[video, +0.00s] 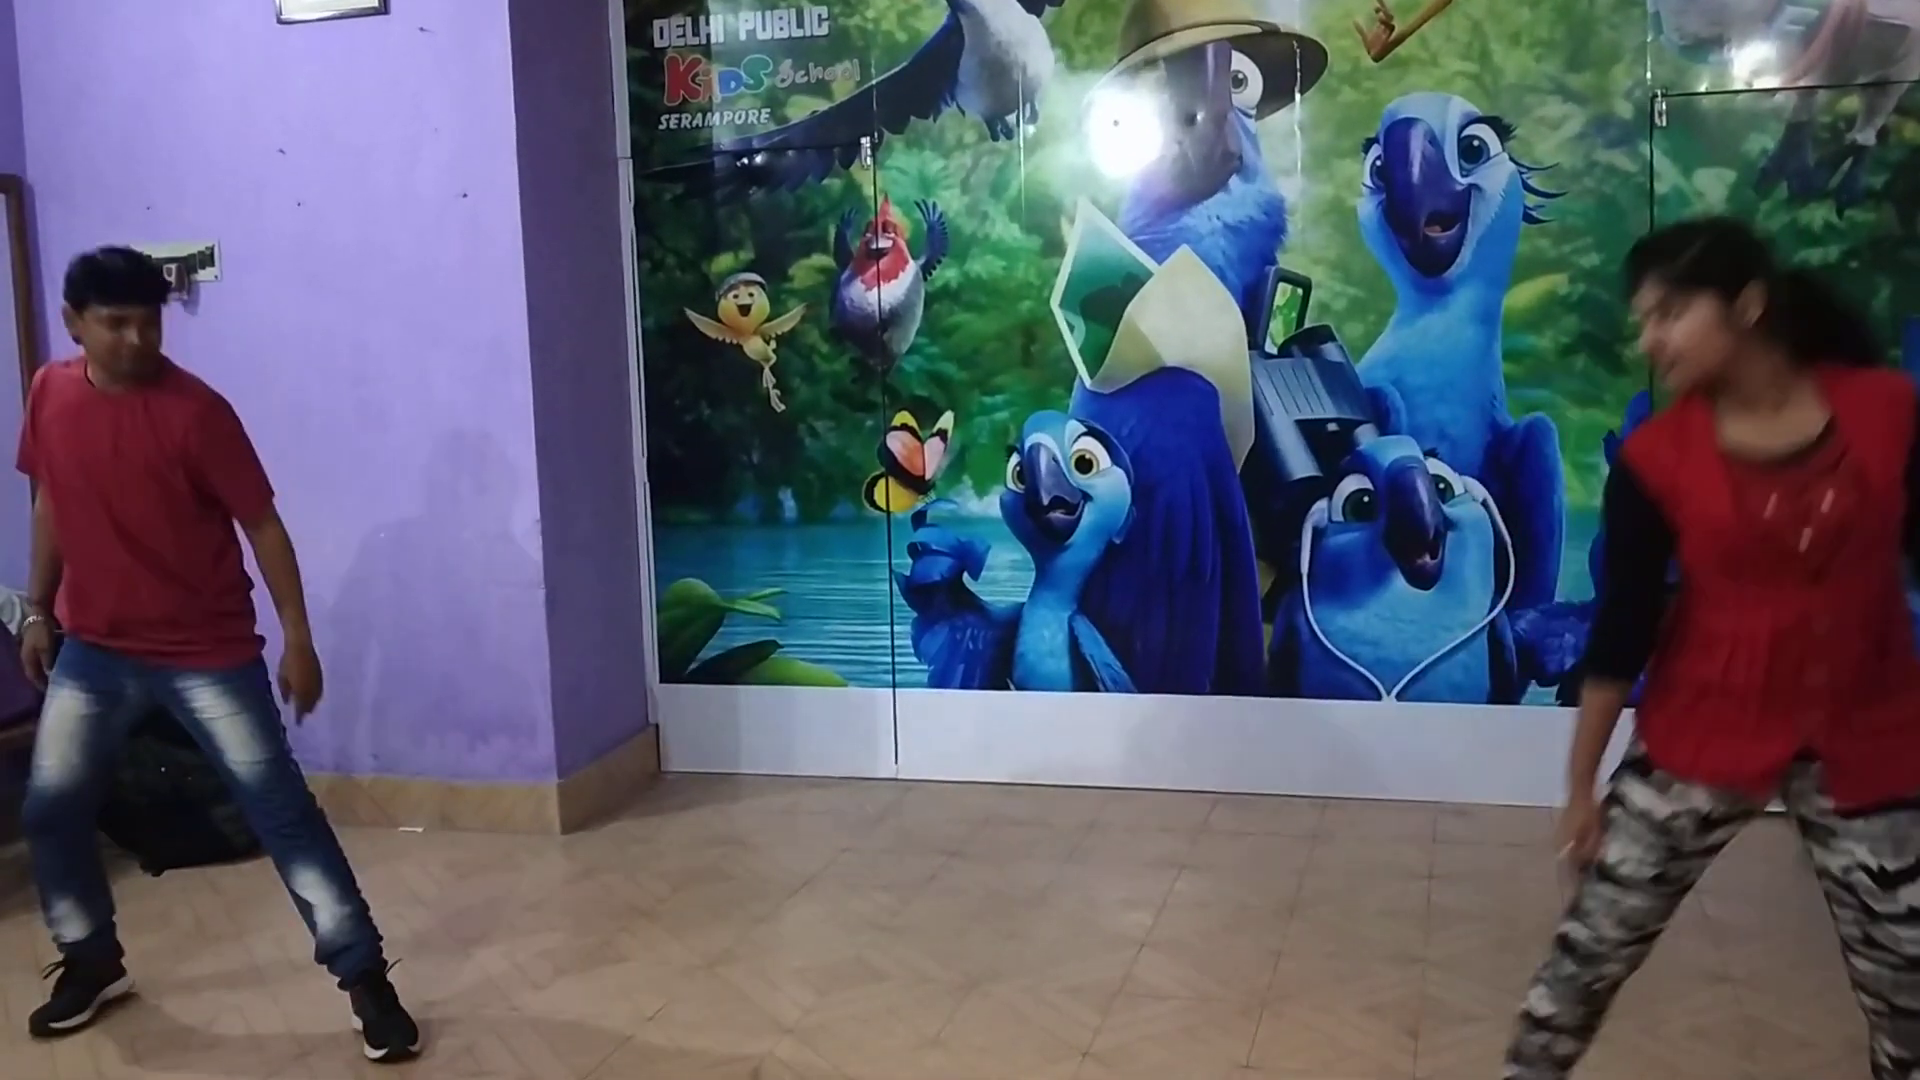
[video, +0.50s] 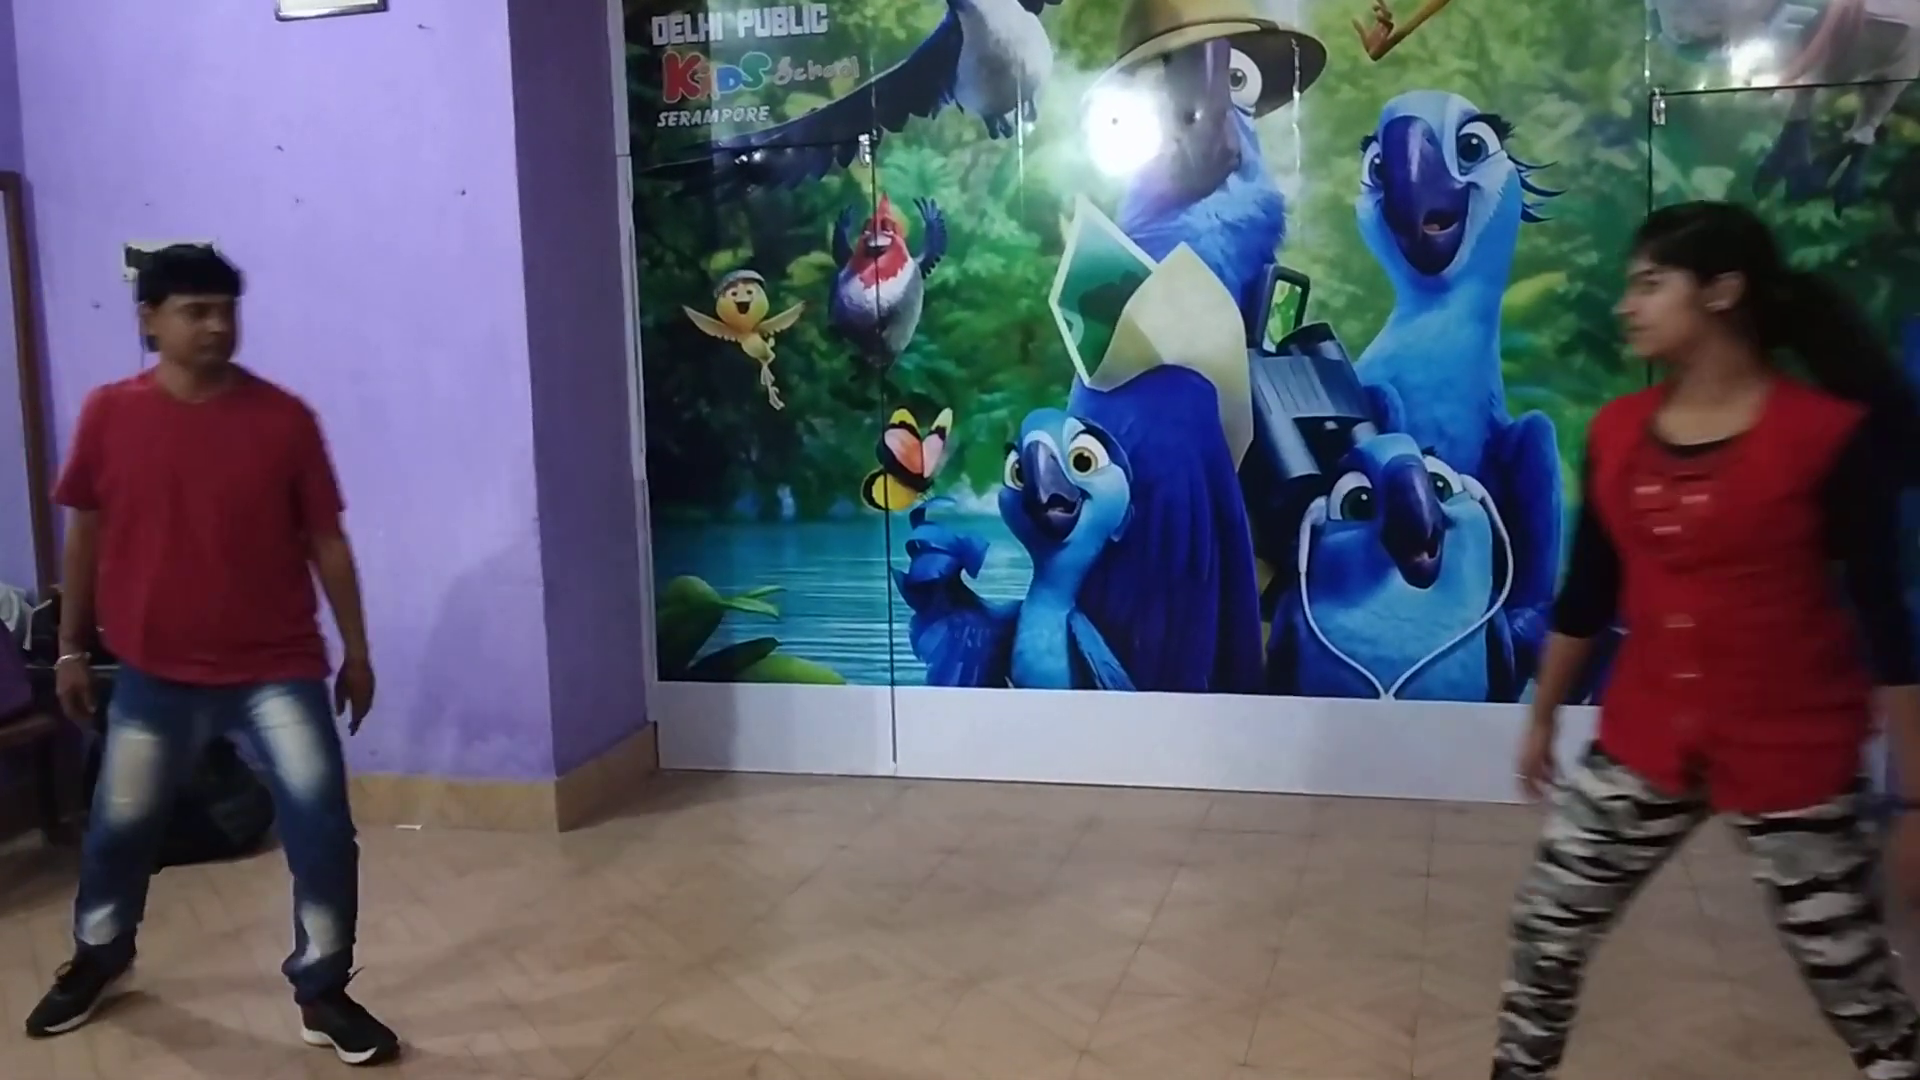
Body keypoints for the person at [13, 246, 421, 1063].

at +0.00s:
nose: (138, 339)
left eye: (149, 322)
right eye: (118, 323)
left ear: (164, 318)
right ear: (76, 322)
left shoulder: (198, 411)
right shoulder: (51, 392)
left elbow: (264, 525)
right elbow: (49, 500)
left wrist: (301, 642)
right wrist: (38, 603)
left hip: (209, 649)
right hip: (95, 646)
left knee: (280, 804)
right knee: (51, 803)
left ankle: (365, 976)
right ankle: (91, 959)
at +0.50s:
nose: (215, 325)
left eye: (225, 311)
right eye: (196, 312)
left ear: (237, 318)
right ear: (151, 322)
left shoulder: (284, 418)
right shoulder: (110, 414)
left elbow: (326, 539)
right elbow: (85, 527)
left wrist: (358, 653)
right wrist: (71, 647)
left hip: (275, 667)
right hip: (152, 668)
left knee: (320, 807)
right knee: (122, 816)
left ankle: (325, 990)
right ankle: (99, 955)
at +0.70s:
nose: (336, 316)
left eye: (343, 301)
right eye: (316, 302)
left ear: (354, 307)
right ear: (265, 309)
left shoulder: (394, 409)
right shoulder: (214, 404)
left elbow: (423, 532)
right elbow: (174, 518)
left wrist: (443, 647)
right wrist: (145, 644)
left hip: (365, 665)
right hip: (247, 662)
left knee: (374, 844)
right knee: (250, 836)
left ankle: (333, 987)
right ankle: (222, 992)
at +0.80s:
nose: (392, 317)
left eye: (400, 302)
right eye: (372, 303)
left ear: (410, 308)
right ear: (320, 309)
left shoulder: (446, 413)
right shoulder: (267, 405)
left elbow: (474, 537)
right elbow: (218, 526)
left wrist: (505, 653)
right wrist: (183, 657)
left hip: (412, 671)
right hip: (302, 665)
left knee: (407, 865)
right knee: (351, 815)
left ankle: (334, 973)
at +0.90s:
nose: (456, 317)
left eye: (463, 301)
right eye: (436, 301)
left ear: (472, 306)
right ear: (379, 307)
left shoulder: (502, 414)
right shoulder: (321, 409)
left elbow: (543, 539)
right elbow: (262, 536)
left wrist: (586, 651)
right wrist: (213, 666)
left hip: (464, 678)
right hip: (359, 672)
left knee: (443, 867)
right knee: (439, 859)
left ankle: (347, 971)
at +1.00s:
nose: (525, 314)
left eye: (532, 297)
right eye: (505, 296)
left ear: (539, 302)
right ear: (445, 300)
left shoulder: (563, 414)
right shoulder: (383, 412)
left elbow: (617, 538)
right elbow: (309, 550)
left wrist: (691, 639)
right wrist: (246, 682)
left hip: (535, 687)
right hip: (433, 681)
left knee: (524, 886)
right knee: (528, 877)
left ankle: (399, 956)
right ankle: (558, 1067)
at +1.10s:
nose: (606, 305)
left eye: (613, 288)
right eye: (584, 286)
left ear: (620, 294)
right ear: (520, 288)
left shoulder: (629, 406)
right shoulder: (458, 405)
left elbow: (690, 519)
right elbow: (381, 554)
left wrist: (783, 605)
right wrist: (319, 705)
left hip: (611, 692)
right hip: (503, 688)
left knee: (652, 907)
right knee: (581, 899)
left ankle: (508, 980)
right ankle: (576, 1069)